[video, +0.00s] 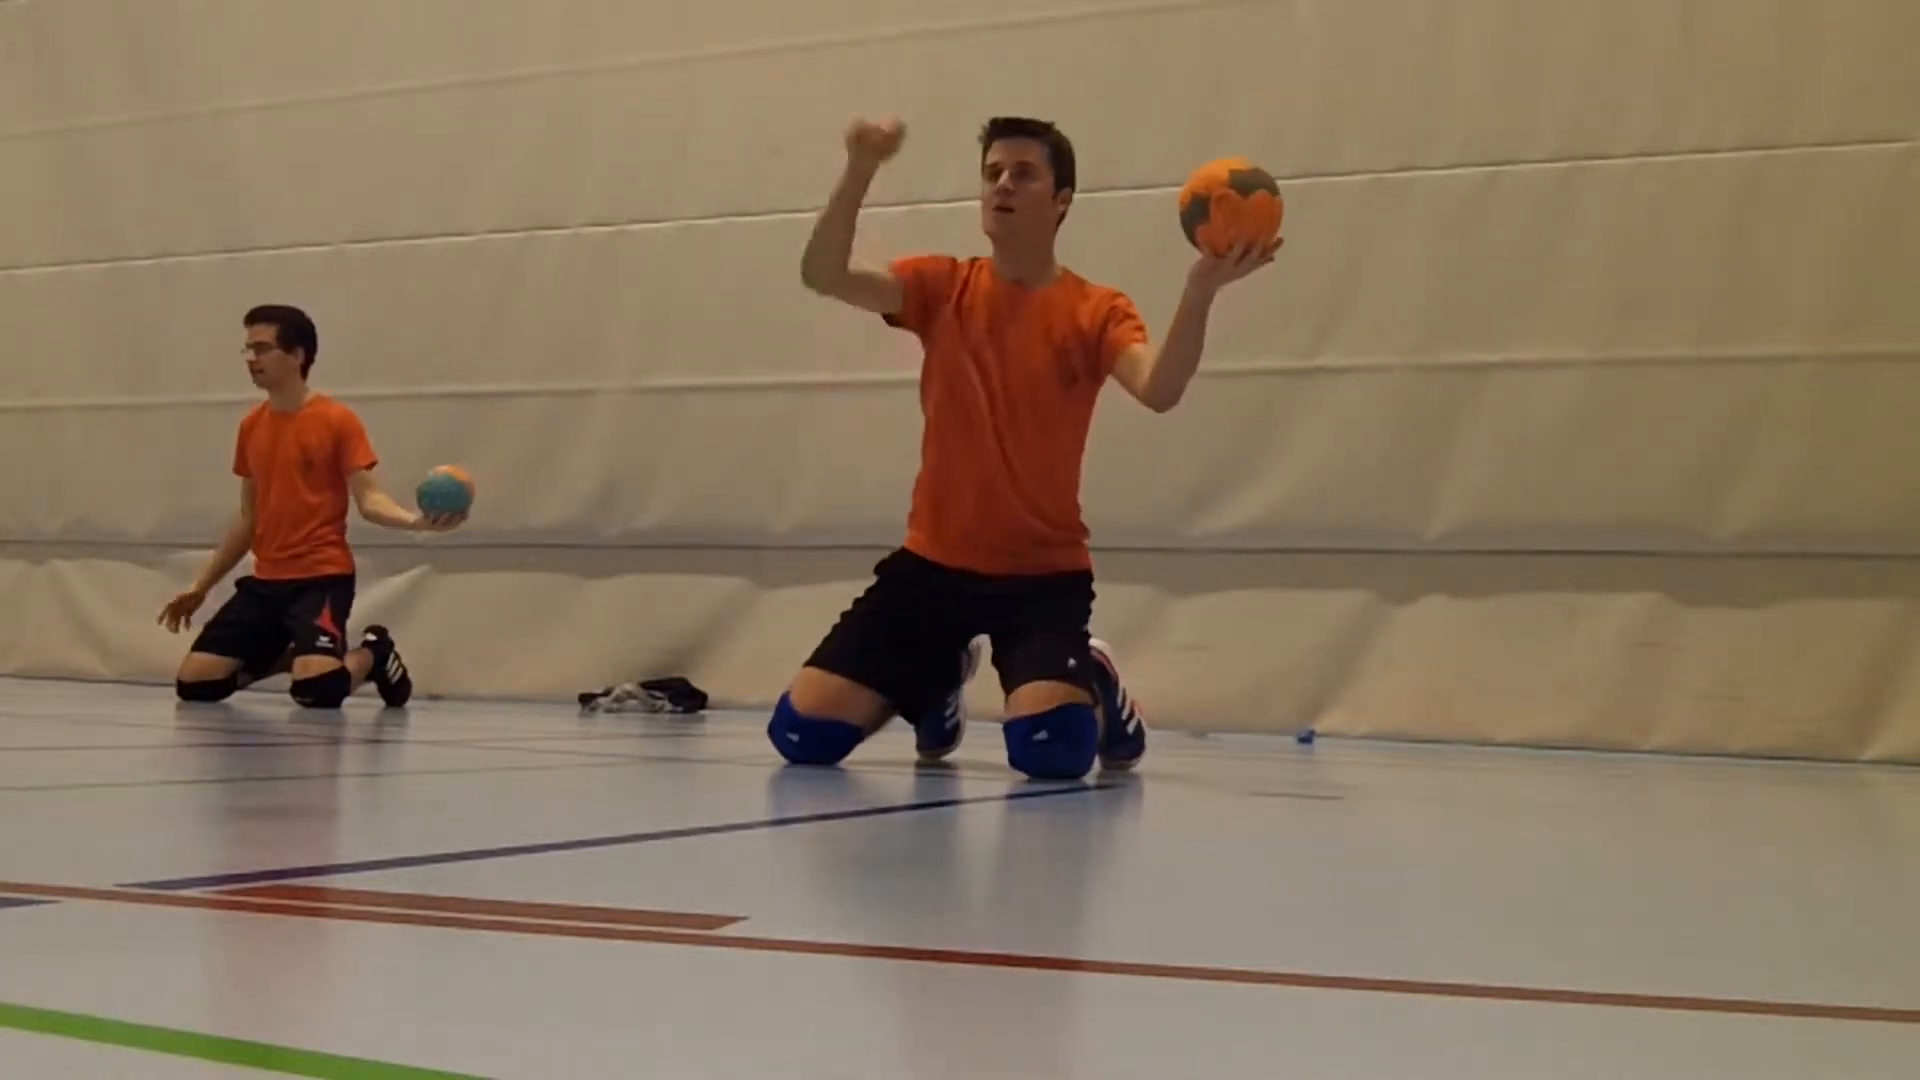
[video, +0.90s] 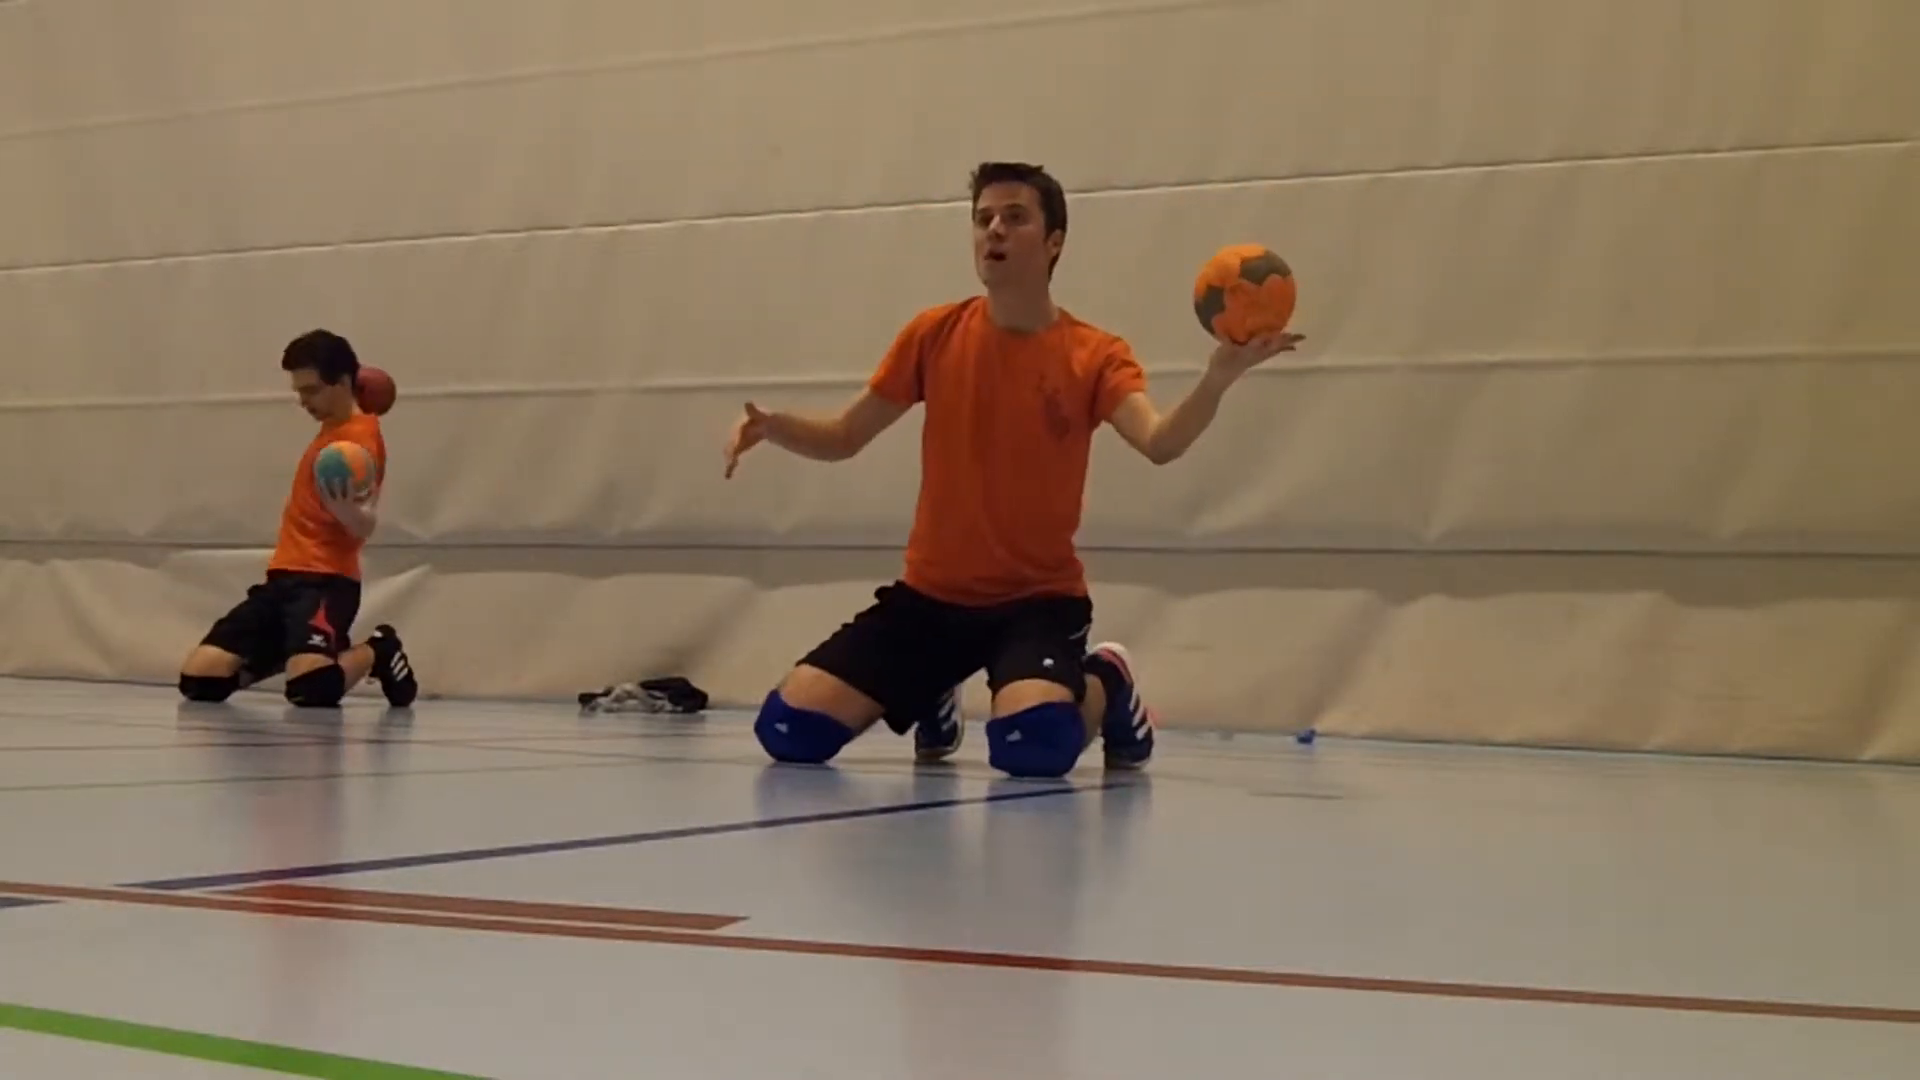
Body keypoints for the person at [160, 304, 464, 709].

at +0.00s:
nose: (250, 359)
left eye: (262, 348)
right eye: (248, 349)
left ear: (299, 356)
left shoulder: (336, 420)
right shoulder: (254, 425)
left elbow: (368, 498)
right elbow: (248, 520)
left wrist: (416, 520)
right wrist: (199, 589)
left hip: (323, 579)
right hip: (266, 582)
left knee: (315, 691)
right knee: (195, 684)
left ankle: (375, 653)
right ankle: (299, 655)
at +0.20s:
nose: (248, 367)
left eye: (259, 357)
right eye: (247, 358)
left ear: (296, 364)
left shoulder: (332, 421)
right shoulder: (257, 438)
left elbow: (359, 500)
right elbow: (247, 531)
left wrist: (391, 521)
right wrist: (179, 573)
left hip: (327, 584)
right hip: (271, 588)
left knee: (317, 692)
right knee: (195, 683)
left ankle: (377, 654)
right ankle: (306, 654)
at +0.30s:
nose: (238, 378)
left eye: (250, 368)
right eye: (238, 369)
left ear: (285, 375)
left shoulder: (324, 430)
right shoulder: (250, 452)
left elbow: (352, 507)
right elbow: (218, 536)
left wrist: (379, 518)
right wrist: (136, 554)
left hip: (333, 589)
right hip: (277, 594)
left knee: (322, 690)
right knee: (194, 682)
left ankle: (380, 654)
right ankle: (301, 657)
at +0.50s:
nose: (246, 377)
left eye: (255, 367)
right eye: (247, 367)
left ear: (289, 371)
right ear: (276, 372)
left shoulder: (329, 428)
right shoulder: (258, 437)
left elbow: (346, 515)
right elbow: (226, 508)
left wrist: (355, 512)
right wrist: (144, 492)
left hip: (325, 585)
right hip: (270, 590)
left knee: (328, 685)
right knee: (188, 683)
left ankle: (386, 649)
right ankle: (298, 657)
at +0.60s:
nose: (257, 370)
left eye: (266, 360)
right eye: (259, 360)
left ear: (299, 366)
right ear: (292, 368)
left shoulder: (337, 425)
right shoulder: (278, 428)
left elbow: (354, 501)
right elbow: (279, 496)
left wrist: (352, 511)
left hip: (323, 579)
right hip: (269, 580)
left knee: (320, 684)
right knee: (194, 683)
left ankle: (381, 649)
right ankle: (303, 651)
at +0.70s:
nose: (265, 373)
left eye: (275, 363)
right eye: (266, 362)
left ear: (309, 371)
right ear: (302, 373)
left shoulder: (336, 424)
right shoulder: (300, 423)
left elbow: (352, 495)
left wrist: (355, 514)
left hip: (322, 582)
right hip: (274, 581)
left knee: (310, 689)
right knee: (196, 682)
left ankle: (382, 650)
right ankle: (298, 648)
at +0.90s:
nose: (302, 401)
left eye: (310, 391)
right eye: (298, 392)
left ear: (343, 383)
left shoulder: (361, 437)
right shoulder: (332, 428)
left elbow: (366, 526)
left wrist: (351, 516)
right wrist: (352, 387)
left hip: (326, 585)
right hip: (281, 581)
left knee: (309, 690)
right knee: (199, 682)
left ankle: (378, 651)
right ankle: (298, 651)